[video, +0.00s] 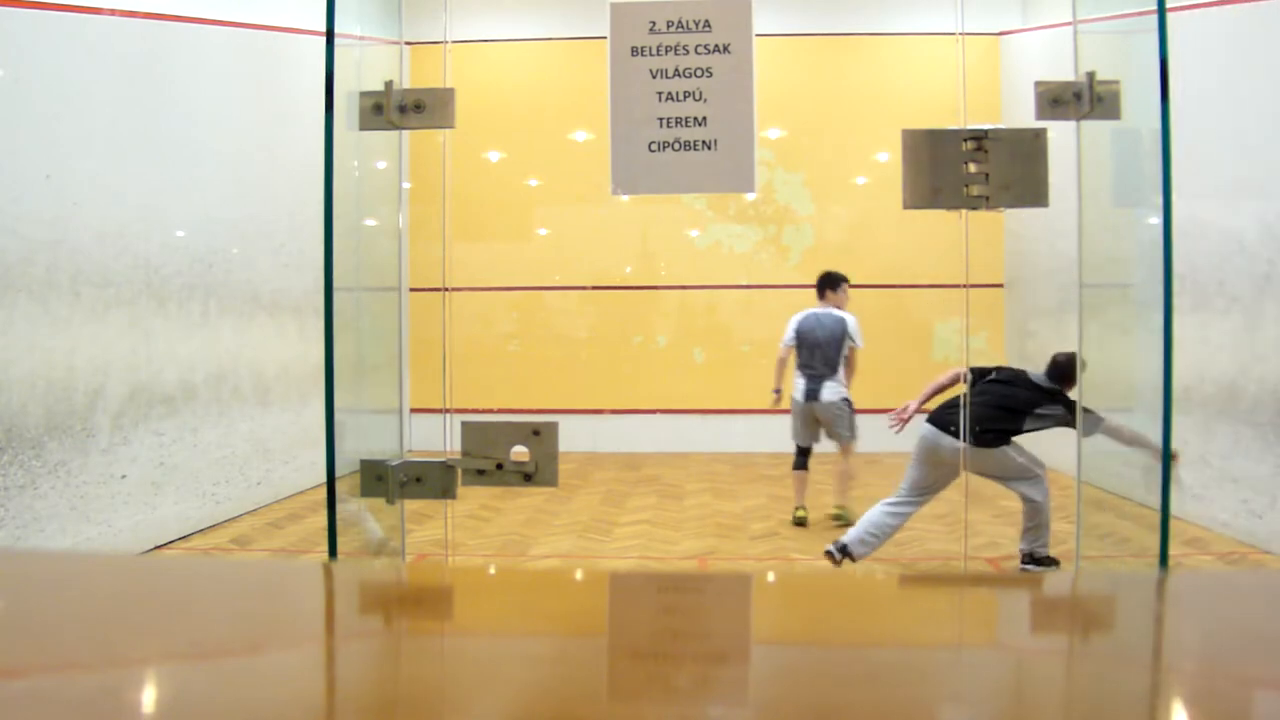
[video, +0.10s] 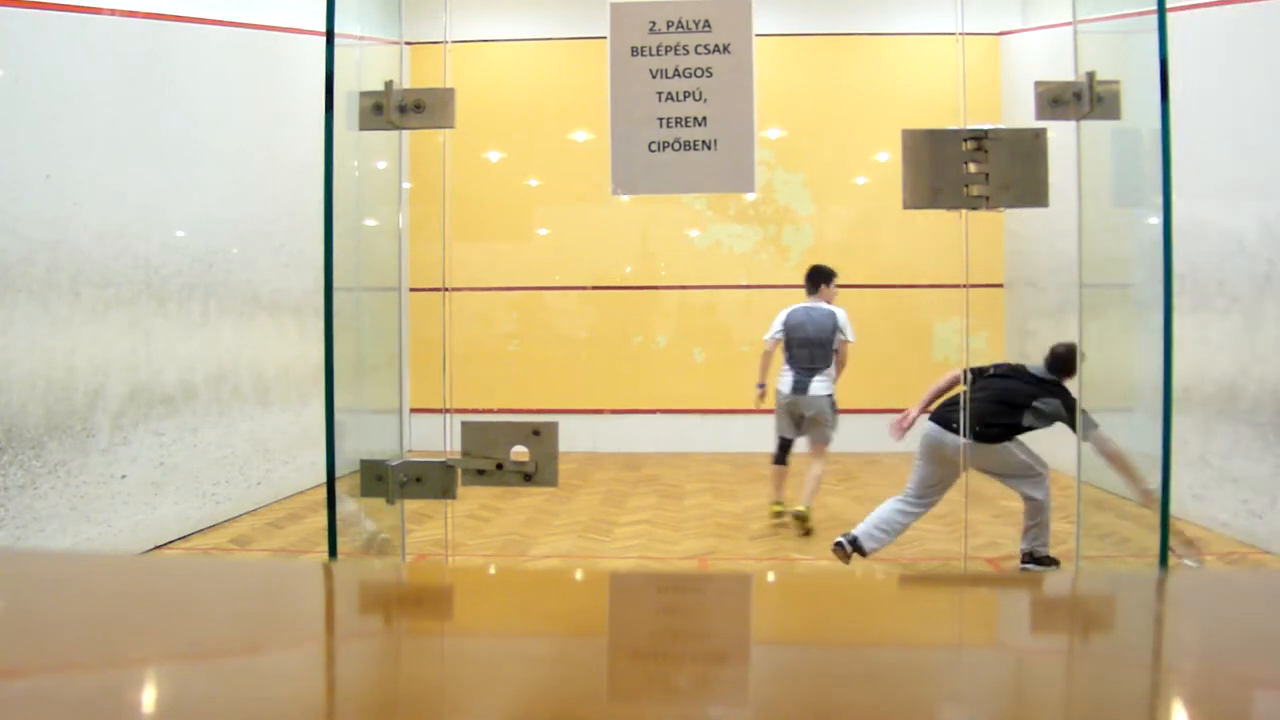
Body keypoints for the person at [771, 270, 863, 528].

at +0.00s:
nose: (847, 297)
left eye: (847, 291)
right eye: (844, 291)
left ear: (823, 294)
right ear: (829, 293)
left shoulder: (799, 319)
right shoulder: (847, 320)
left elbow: (783, 356)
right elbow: (851, 359)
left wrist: (777, 388)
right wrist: (845, 388)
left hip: (802, 393)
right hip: (832, 393)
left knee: (802, 450)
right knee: (846, 449)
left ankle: (799, 506)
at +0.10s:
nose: (836, 291)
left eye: (835, 286)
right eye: (834, 286)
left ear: (809, 288)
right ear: (824, 287)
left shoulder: (787, 313)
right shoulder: (837, 315)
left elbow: (768, 348)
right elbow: (842, 355)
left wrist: (761, 383)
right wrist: (832, 380)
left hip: (787, 388)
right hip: (819, 390)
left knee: (783, 446)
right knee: (818, 453)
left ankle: (777, 500)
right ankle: (804, 505)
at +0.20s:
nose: (821, 299)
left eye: (819, 294)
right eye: (820, 295)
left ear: (794, 295)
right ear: (816, 296)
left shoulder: (776, 323)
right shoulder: (826, 325)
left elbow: (754, 357)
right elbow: (833, 368)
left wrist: (744, 391)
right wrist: (822, 396)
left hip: (771, 398)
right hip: (803, 401)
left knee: (761, 452)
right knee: (800, 467)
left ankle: (738, 501)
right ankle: (785, 523)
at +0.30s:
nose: (808, 305)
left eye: (804, 300)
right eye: (808, 301)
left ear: (783, 304)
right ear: (805, 304)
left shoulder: (765, 331)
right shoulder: (810, 335)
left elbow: (744, 367)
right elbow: (817, 380)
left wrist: (731, 403)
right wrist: (814, 407)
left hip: (752, 410)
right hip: (783, 412)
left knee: (741, 467)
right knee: (800, 471)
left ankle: (708, 506)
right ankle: (784, 525)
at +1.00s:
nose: (817, 321)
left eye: (818, 317)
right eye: (818, 317)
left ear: (794, 311)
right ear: (815, 315)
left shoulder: (772, 330)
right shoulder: (798, 335)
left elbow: (743, 356)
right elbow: (794, 368)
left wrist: (736, 378)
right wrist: (827, 377)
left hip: (740, 403)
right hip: (762, 407)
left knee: (756, 455)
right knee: (772, 472)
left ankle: (752, 509)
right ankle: (768, 534)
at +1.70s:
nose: (814, 308)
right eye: (815, 304)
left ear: (792, 303)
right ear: (813, 306)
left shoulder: (773, 325)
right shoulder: (815, 338)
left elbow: (744, 355)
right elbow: (817, 372)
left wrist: (734, 385)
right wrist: (811, 403)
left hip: (759, 397)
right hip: (788, 400)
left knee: (769, 454)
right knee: (787, 460)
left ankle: (775, 505)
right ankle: (772, 505)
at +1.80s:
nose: (811, 304)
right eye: (811, 300)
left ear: (788, 300)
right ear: (810, 302)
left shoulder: (768, 324)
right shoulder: (814, 334)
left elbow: (747, 359)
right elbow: (806, 365)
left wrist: (739, 392)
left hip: (760, 398)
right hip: (789, 400)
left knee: (770, 453)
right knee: (791, 458)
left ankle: (773, 508)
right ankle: (781, 507)